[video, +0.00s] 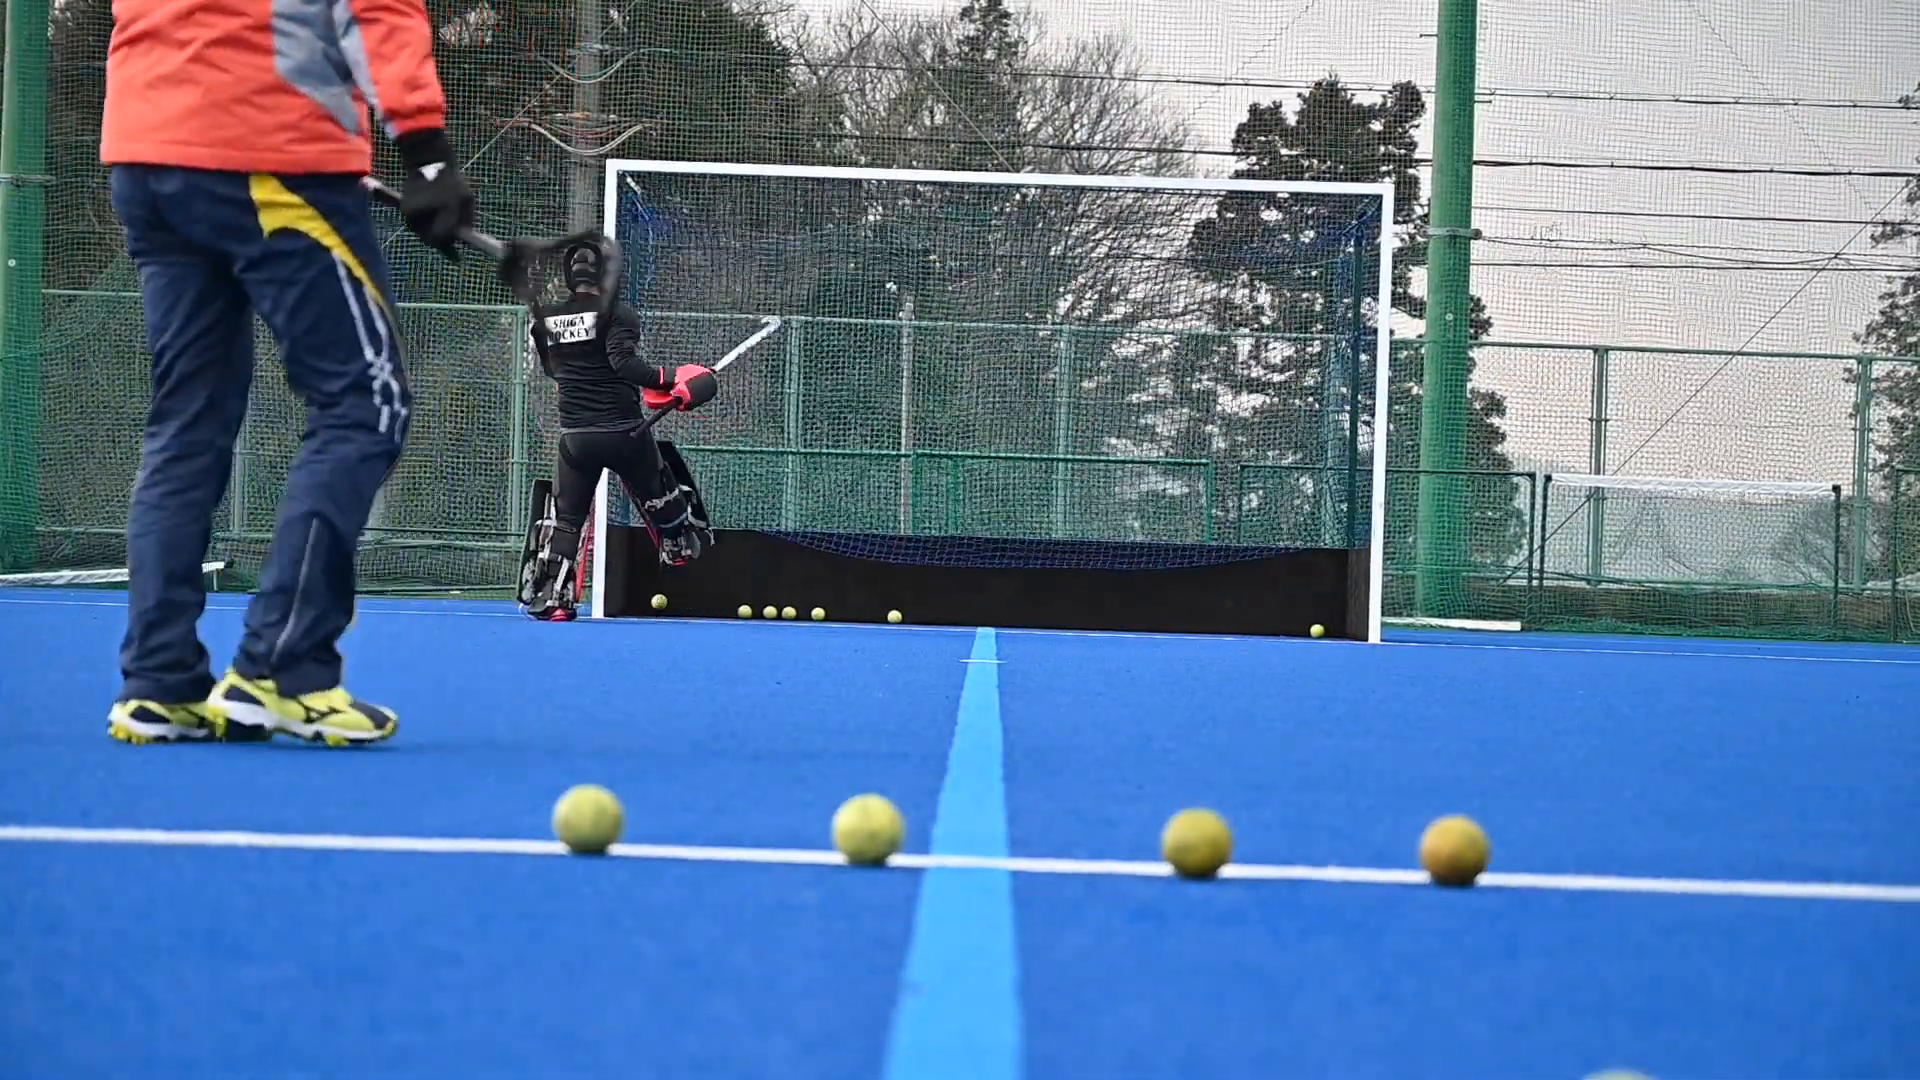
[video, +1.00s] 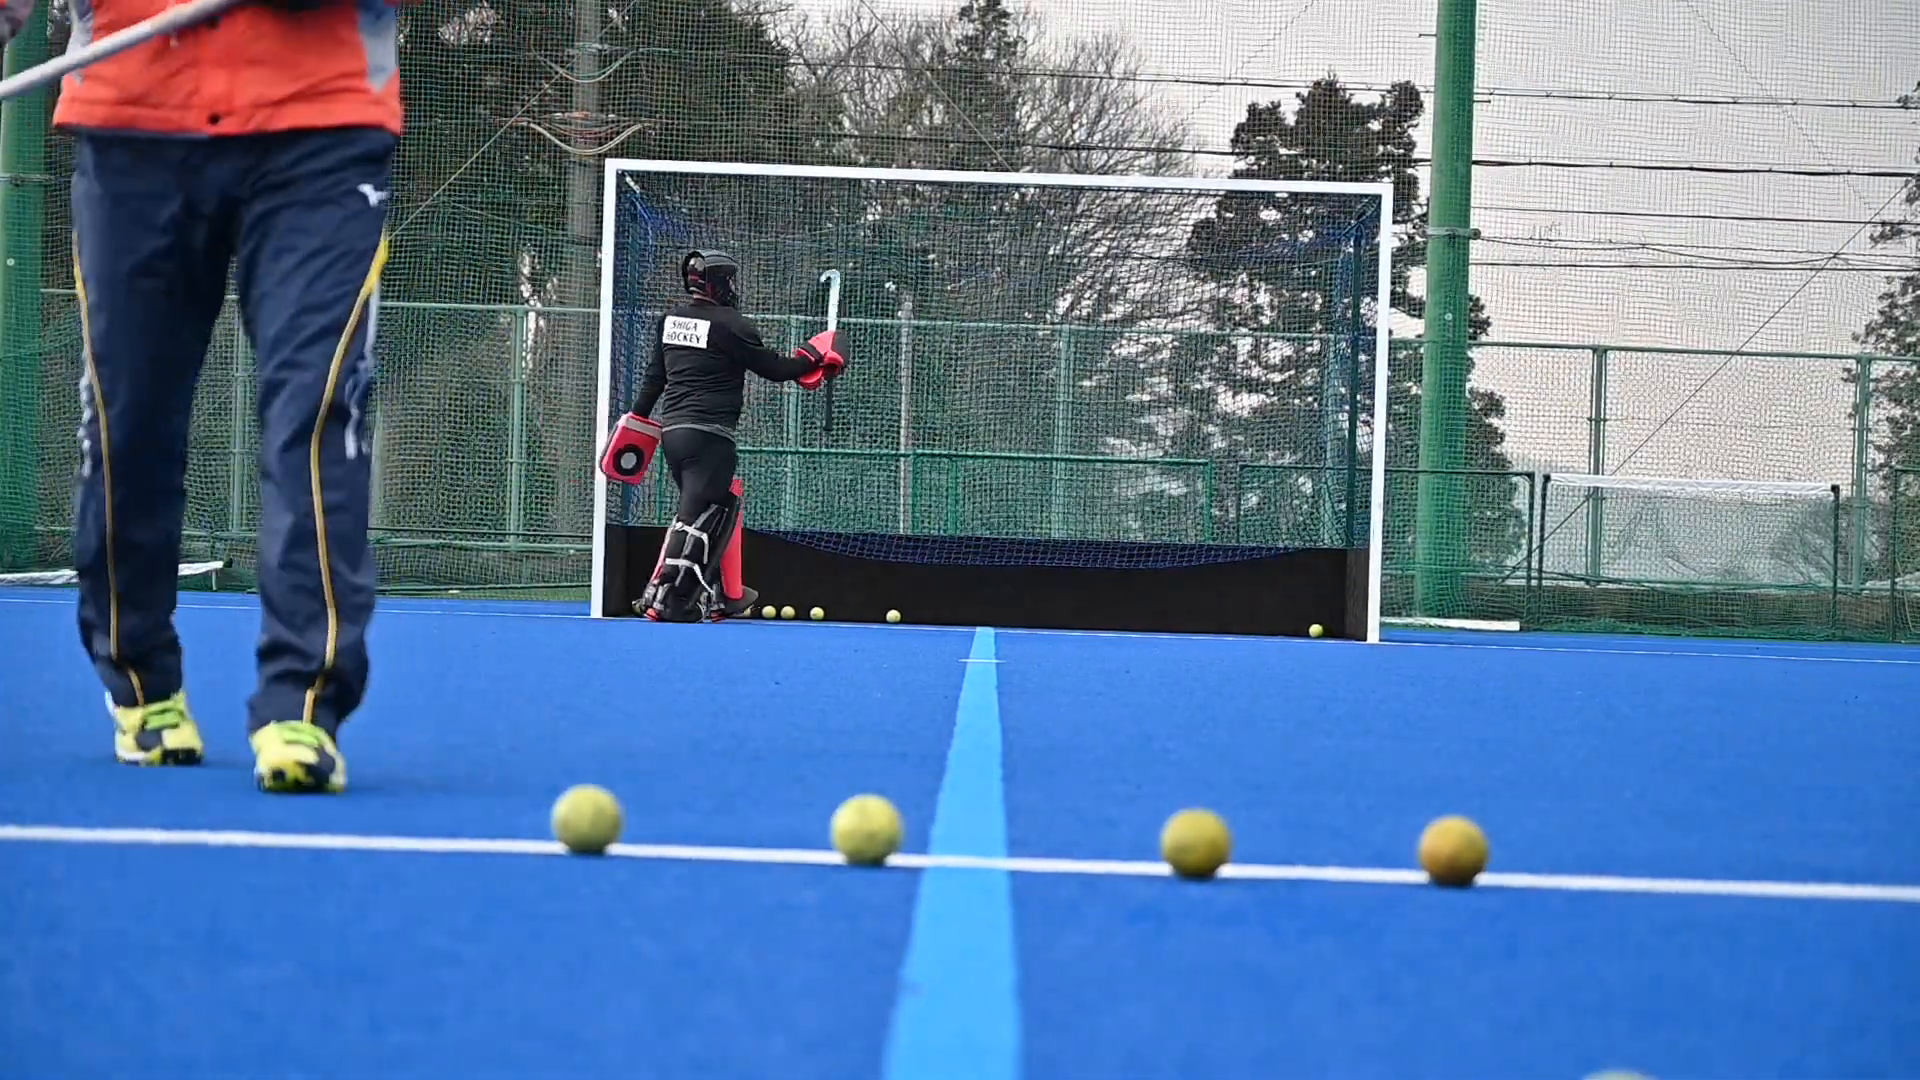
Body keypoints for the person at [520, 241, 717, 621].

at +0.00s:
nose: (618, 279)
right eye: (613, 270)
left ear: (570, 277)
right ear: (607, 275)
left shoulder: (547, 318)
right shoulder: (618, 312)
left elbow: (550, 367)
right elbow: (623, 362)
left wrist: (588, 371)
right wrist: (667, 378)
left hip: (576, 437)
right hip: (625, 433)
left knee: (567, 518)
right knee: (655, 495)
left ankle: (551, 598)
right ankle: (679, 545)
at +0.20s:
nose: (586, 269)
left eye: (588, 265)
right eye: (587, 264)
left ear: (574, 277)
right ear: (611, 275)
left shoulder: (549, 316)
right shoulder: (619, 306)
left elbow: (553, 371)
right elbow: (622, 359)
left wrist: (595, 371)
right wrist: (667, 378)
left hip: (580, 432)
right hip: (627, 425)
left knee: (570, 514)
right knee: (658, 480)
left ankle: (553, 595)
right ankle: (689, 536)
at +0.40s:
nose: (645, 287)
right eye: (642, 281)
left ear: (601, 283)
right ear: (635, 283)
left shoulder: (573, 321)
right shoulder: (645, 317)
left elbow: (558, 375)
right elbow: (651, 372)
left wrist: (585, 395)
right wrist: (697, 384)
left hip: (592, 436)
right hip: (638, 437)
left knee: (578, 516)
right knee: (661, 513)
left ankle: (554, 592)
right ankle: (670, 593)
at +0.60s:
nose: (683, 290)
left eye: (682, 283)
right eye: (680, 283)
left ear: (640, 284)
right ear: (670, 285)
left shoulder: (614, 321)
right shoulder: (682, 323)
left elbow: (600, 380)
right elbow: (709, 376)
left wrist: (591, 424)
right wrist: (751, 378)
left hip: (625, 439)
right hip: (669, 441)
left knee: (609, 514)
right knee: (675, 527)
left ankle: (577, 562)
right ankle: (668, 604)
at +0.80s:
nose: (711, 283)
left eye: (708, 276)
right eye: (706, 277)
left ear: (669, 280)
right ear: (696, 280)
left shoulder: (645, 317)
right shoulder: (709, 319)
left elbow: (630, 375)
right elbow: (747, 370)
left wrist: (607, 417)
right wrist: (788, 364)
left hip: (650, 435)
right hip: (690, 436)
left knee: (655, 508)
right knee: (681, 522)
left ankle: (619, 581)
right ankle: (666, 601)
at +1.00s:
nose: (734, 286)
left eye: (732, 280)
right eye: (730, 280)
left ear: (695, 284)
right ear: (718, 284)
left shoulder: (672, 320)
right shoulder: (732, 324)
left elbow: (654, 379)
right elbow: (775, 369)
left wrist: (634, 424)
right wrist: (814, 357)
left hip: (674, 434)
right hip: (709, 435)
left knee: (718, 510)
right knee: (689, 520)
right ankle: (665, 599)